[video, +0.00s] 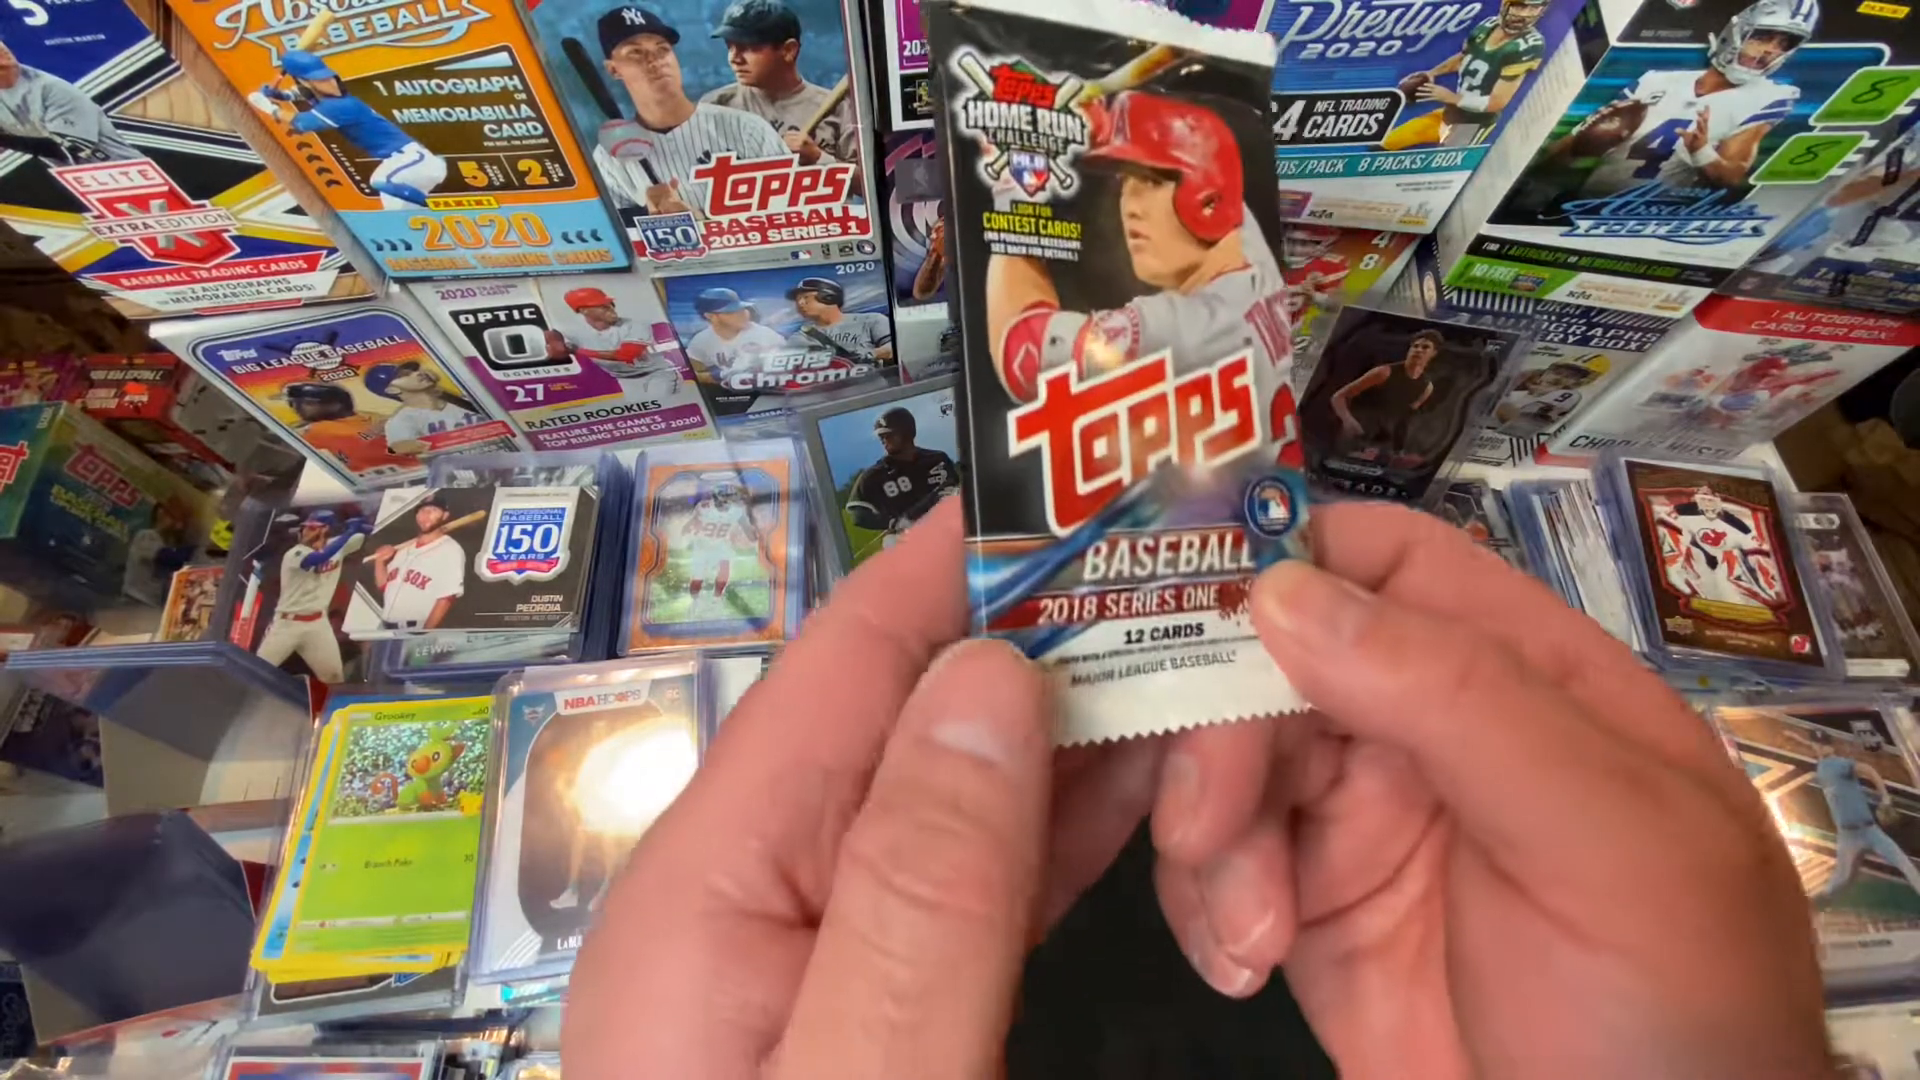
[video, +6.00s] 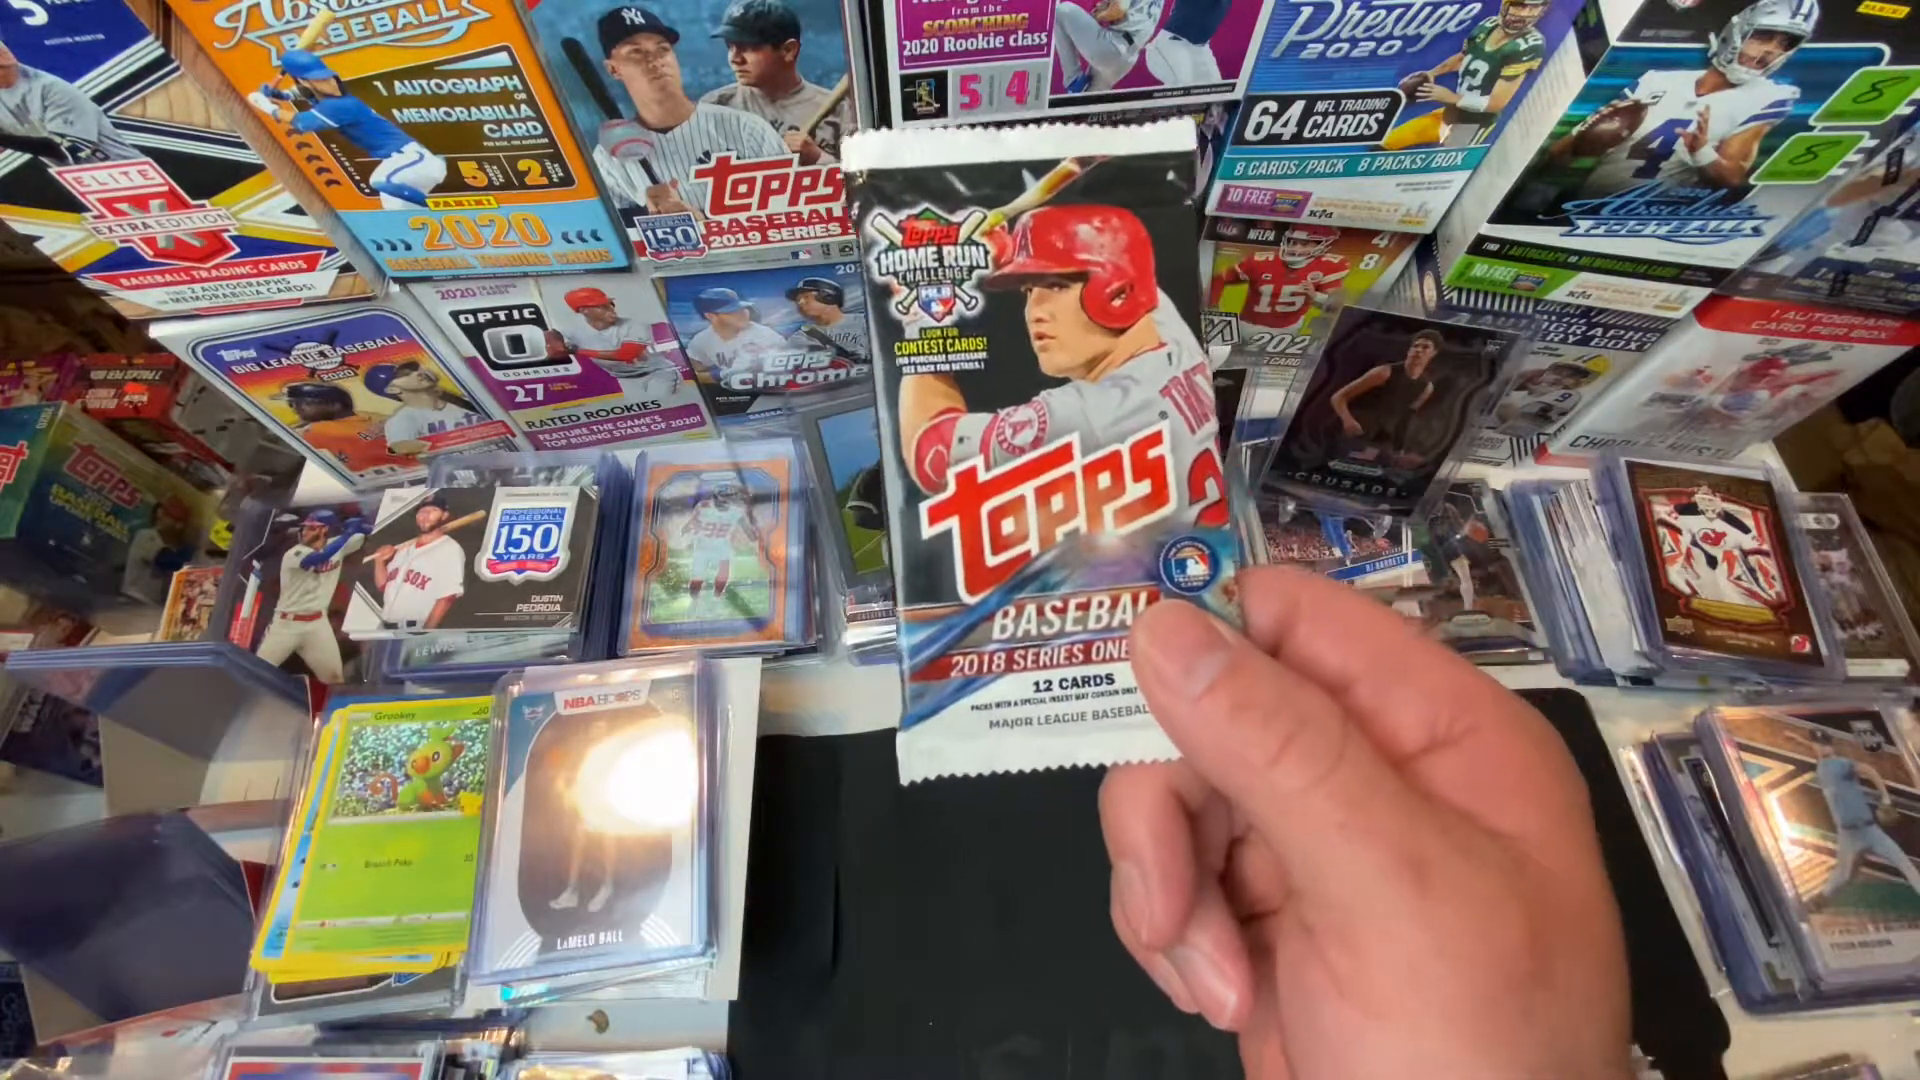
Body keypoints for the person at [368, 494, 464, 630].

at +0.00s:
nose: (425, 516)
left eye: (432, 511)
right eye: (422, 510)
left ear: (445, 515)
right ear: (416, 515)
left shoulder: (451, 550)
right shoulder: (406, 547)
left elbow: (446, 598)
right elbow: (383, 586)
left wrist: (424, 634)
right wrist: (379, 561)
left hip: (415, 632)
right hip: (386, 627)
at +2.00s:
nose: (424, 517)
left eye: (431, 512)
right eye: (421, 512)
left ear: (445, 516)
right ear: (416, 516)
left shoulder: (451, 551)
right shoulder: (405, 548)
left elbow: (446, 599)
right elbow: (382, 585)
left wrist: (425, 633)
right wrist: (379, 561)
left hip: (415, 631)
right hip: (385, 627)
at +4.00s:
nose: (425, 516)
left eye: (432, 511)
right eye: (422, 511)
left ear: (445, 515)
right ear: (416, 515)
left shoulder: (451, 550)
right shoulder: (406, 548)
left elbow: (446, 598)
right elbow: (382, 585)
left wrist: (425, 633)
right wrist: (379, 561)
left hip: (416, 631)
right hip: (386, 627)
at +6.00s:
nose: (425, 516)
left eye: (432, 511)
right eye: (422, 511)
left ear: (444, 516)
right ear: (416, 515)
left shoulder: (451, 549)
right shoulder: (405, 548)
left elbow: (447, 598)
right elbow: (382, 585)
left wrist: (425, 633)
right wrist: (379, 561)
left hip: (416, 630)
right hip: (386, 627)